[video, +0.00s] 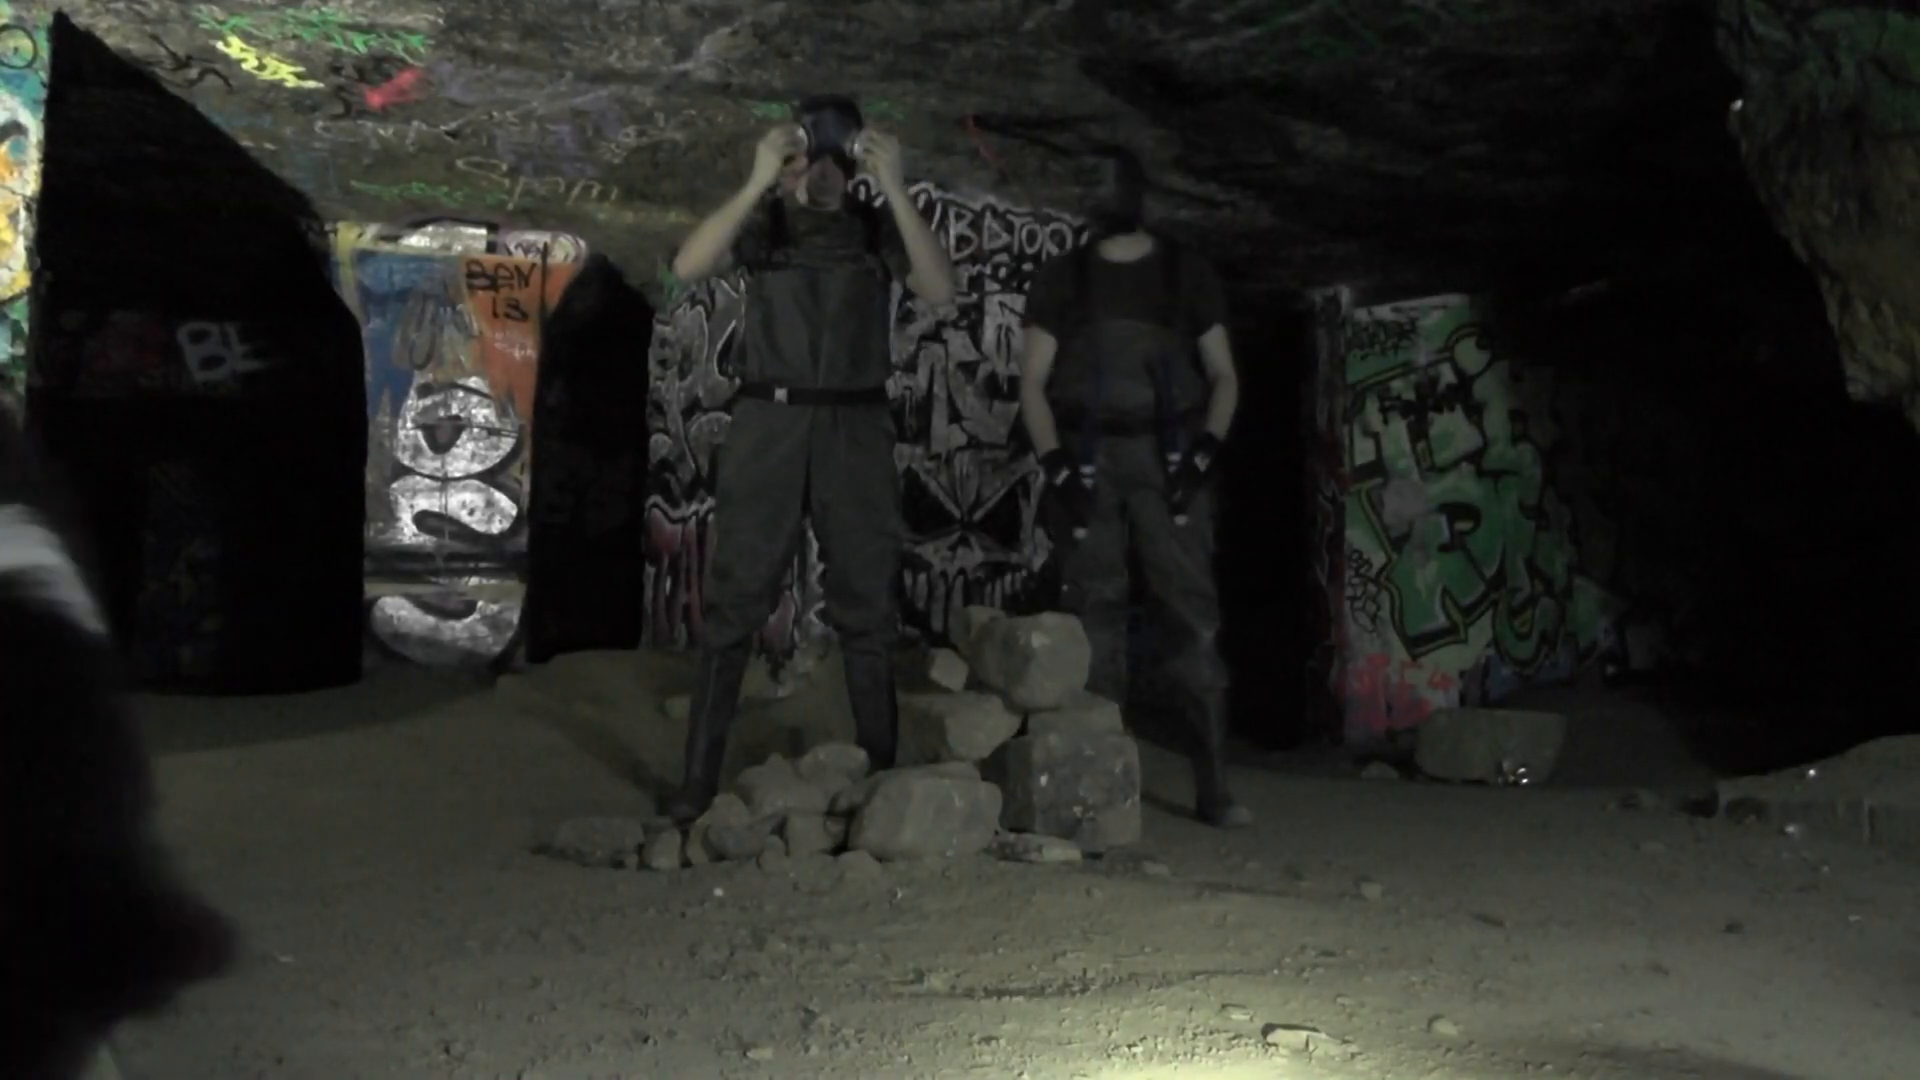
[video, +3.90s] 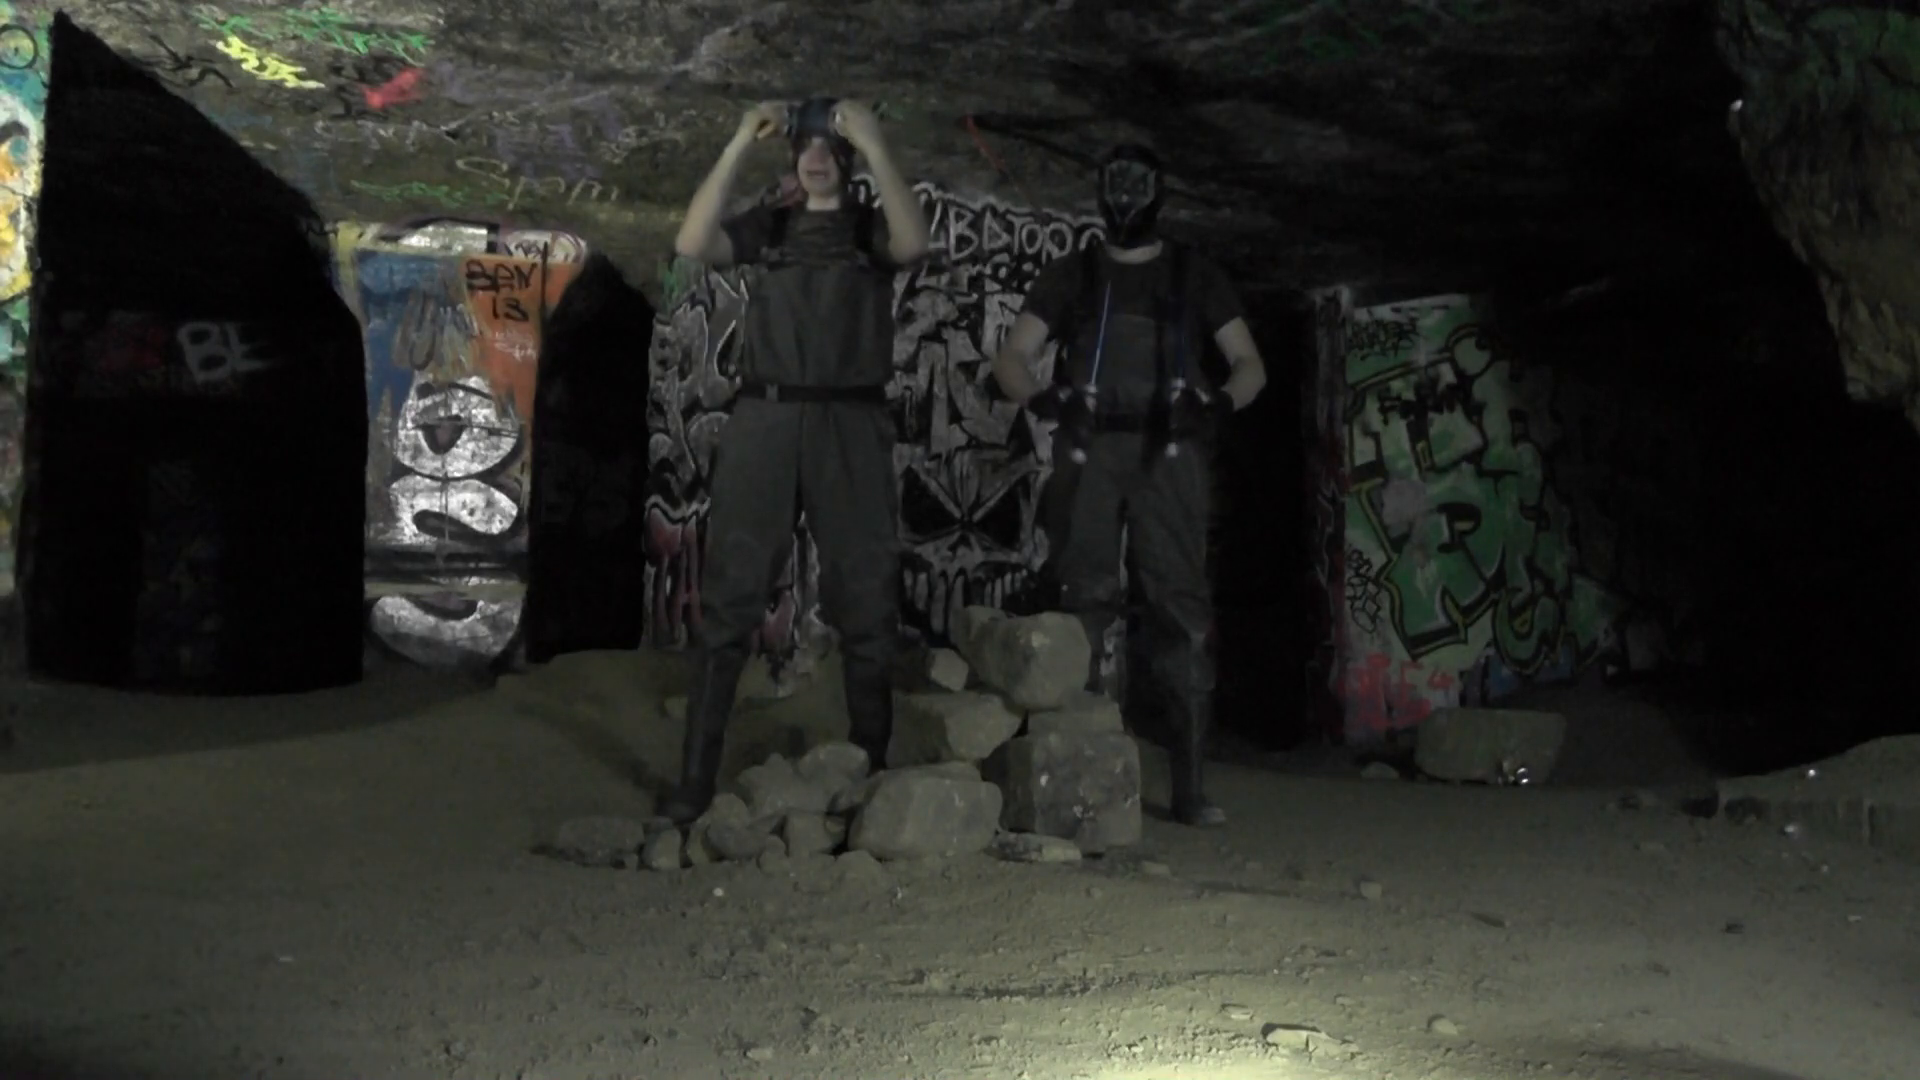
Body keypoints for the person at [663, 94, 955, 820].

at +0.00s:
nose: (814, 177)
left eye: (829, 163)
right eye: (801, 162)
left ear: (853, 170)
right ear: (781, 169)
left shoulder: (878, 232)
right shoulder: (758, 227)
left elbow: (940, 293)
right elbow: (690, 265)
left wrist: (892, 186)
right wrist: (757, 185)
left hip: (856, 440)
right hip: (766, 436)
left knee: (867, 612)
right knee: (734, 609)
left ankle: (882, 779)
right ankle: (698, 787)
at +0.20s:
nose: (849, 167)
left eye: (861, 154)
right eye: (837, 151)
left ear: (872, 162)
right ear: (805, 152)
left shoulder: (882, 228)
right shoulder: (768, 215)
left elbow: (942, 293)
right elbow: (653, 246)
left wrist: (909, 187)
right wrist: (731, 226)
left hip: (857, 437)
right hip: (769, 434)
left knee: (867, 609)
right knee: (737, 606)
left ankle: (882, 778)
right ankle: (698, 785)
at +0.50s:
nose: (860, 166)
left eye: (873, 155)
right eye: (850, 149)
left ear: (884, 161)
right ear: (819, 145)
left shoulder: (891, 230)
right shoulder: (769, 215)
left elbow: (956, 289)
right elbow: (668, 261)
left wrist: (926, 183)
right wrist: (727, 311)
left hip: (858, 439)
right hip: (769, 435)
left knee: (868, 612)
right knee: (736, 609)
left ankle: (882, 779)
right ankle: (699, 786)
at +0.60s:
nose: (856, 161)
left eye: (870, 151)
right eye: (845, 145)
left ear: (881, 160)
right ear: (816, 146)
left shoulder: (893, 230)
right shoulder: (771, 213)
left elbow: (954, 282)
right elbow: (662, 231)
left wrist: (922, 176)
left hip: (858, 437)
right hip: (769, 432)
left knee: (868, 613)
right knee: (738, 608)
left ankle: (879, 781)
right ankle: (700, 785)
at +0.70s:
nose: (847, 163)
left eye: (861, 152)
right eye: (836, 147)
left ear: (879, 162)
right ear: (811, 150)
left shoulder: (892, 230)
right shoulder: (770, 217)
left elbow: (955, 278)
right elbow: (657, 201)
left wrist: (918, 175)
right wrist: (755, 192)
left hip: (859, 438)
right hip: (769, 433)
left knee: (869, 614)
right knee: (737, 609)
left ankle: (880, 780)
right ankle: (699, 786)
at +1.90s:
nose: (828, 156)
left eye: (836, 145)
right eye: (815, 141)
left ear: (847, 157)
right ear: (781, 146)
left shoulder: (851, 231)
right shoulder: (750, 219)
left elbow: (936, 271)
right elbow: (745, 260)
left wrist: (911, 173)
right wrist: (795, 187)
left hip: (843, 435)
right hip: (759, 431)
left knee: (867, 605)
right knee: (732, 600)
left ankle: (883, 771)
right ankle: (679, 771)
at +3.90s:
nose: (820, 159)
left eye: (832, 150)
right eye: (809, 150)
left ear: (850, 165)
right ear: (789, 167)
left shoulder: (871, 228)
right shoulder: (764, 227)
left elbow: (911, 244)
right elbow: (692, 244)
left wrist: (872, 142)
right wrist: (739, 145)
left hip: (852, 436)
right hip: (763, 434)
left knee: (866, 611)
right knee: (731, 606)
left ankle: (870, 778)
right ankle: (696, 784)